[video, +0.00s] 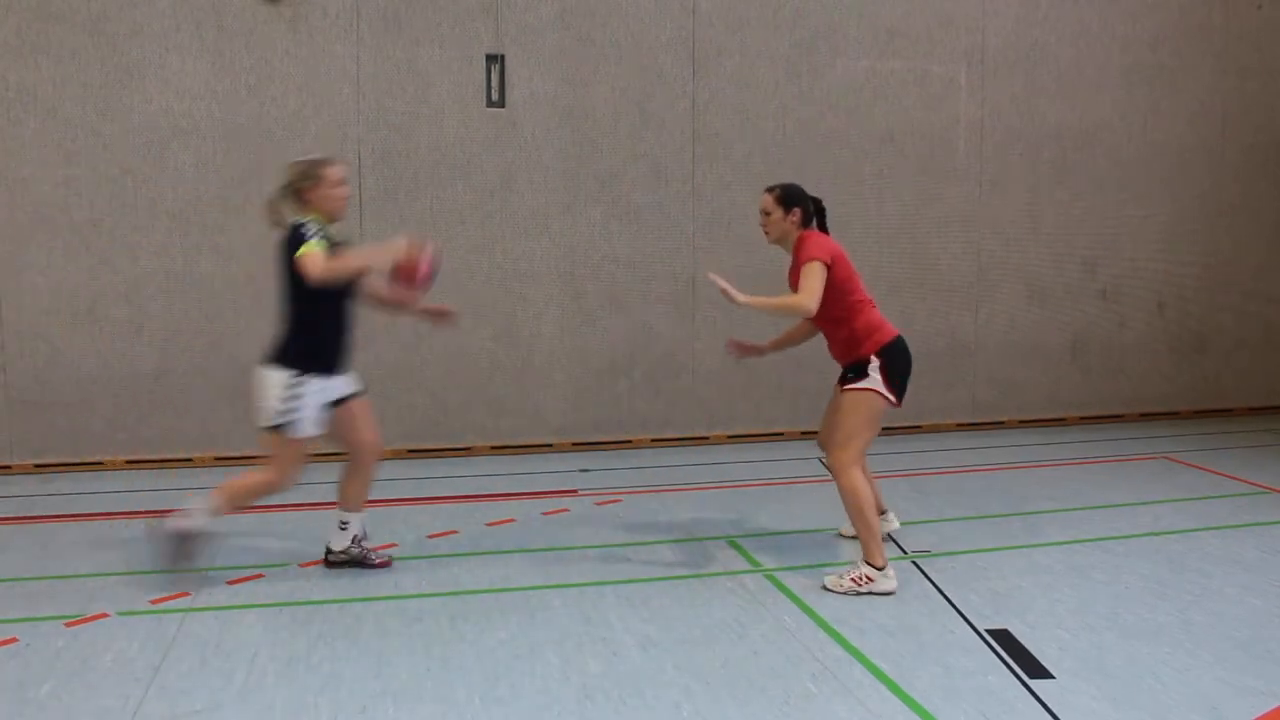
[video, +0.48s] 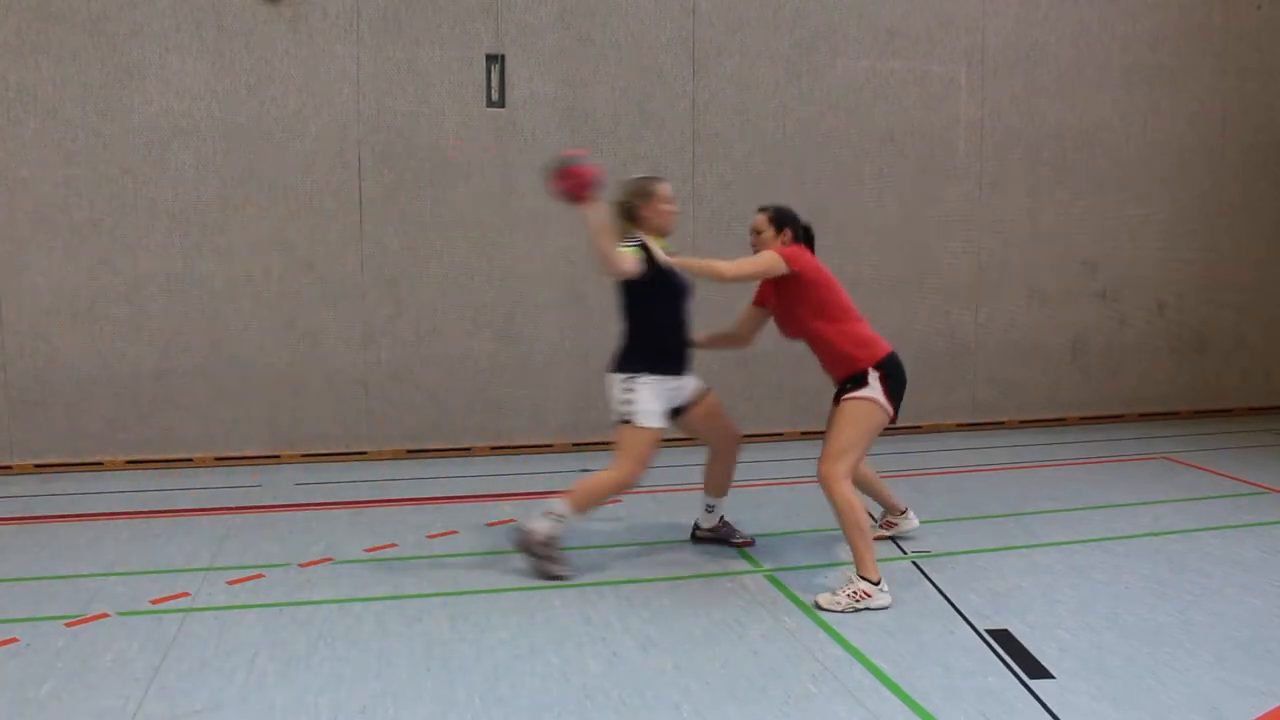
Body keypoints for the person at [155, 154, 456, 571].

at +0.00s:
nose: (345, 193)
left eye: (345, 185)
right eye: (336, 185)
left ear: (328, 192)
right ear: (309, 193)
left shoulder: (332, 243)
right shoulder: (305, 234)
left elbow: (365, 287)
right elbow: (316, 271)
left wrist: (416, 306)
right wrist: (388, 253)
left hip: (333, 374)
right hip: (294, 375)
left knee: (366, 448)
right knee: (279, 474)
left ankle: (344, 543)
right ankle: (189, 520)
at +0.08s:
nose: (400, 177)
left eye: (400, 169)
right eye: (392, 170)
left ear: (397, 178)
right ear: (367, 175)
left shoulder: (395, 223)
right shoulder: (351, 218)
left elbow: (431, 269)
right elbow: (321, 235)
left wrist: (481, 298)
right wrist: (367, 199)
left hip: (397, 353)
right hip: (362, 354)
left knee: (401, 448)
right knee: (380, 452)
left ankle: (352, 530)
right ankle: (316, 520)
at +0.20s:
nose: (490, 172)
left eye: (490, 164)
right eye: (481, 164)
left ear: (480, 172)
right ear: (455, 170)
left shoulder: (484, 219)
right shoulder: (436, 213)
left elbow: (498, 274)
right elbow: (378, 228)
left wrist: (544, 308)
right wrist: (370, 172)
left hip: (486, 345)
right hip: (450, 347)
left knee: (510, 434)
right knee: (475, 444)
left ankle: (447, 501)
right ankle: (460, 545)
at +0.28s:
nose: (550, 186)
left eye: (550, 178)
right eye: (541, 178)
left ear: (539, 187)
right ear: (516, 184)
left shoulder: (541, 229)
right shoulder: (496, 225)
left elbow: (542, 290)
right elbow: (443, 240)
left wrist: (574, 321)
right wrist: (409, 182)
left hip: (542, 358)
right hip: (504, 363)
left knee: (586, 426)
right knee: (519, 460)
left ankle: (582, 516)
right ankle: (471, 549)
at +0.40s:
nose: (630, 206)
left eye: (628, 199)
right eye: (621, 200)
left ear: (608, 209)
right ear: (596, 208)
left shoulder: (618, 251)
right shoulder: (586, 247)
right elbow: (552, 259)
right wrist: (517, 206)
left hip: (634, 378)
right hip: (598, 380)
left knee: (686, 437)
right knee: (571, 471)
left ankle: (698, 525)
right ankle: (488, 535)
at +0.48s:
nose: (674, 208)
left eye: (673, 201)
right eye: (665, 202)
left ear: (658, 210)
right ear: (641, 210)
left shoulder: (662, 254)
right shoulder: (635, 249)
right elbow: (614, 262)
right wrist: (592, 209)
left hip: (677, 376)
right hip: (641, 380)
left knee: (726, 440)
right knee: (626, 472)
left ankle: (710, 522)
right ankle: (541, 529)